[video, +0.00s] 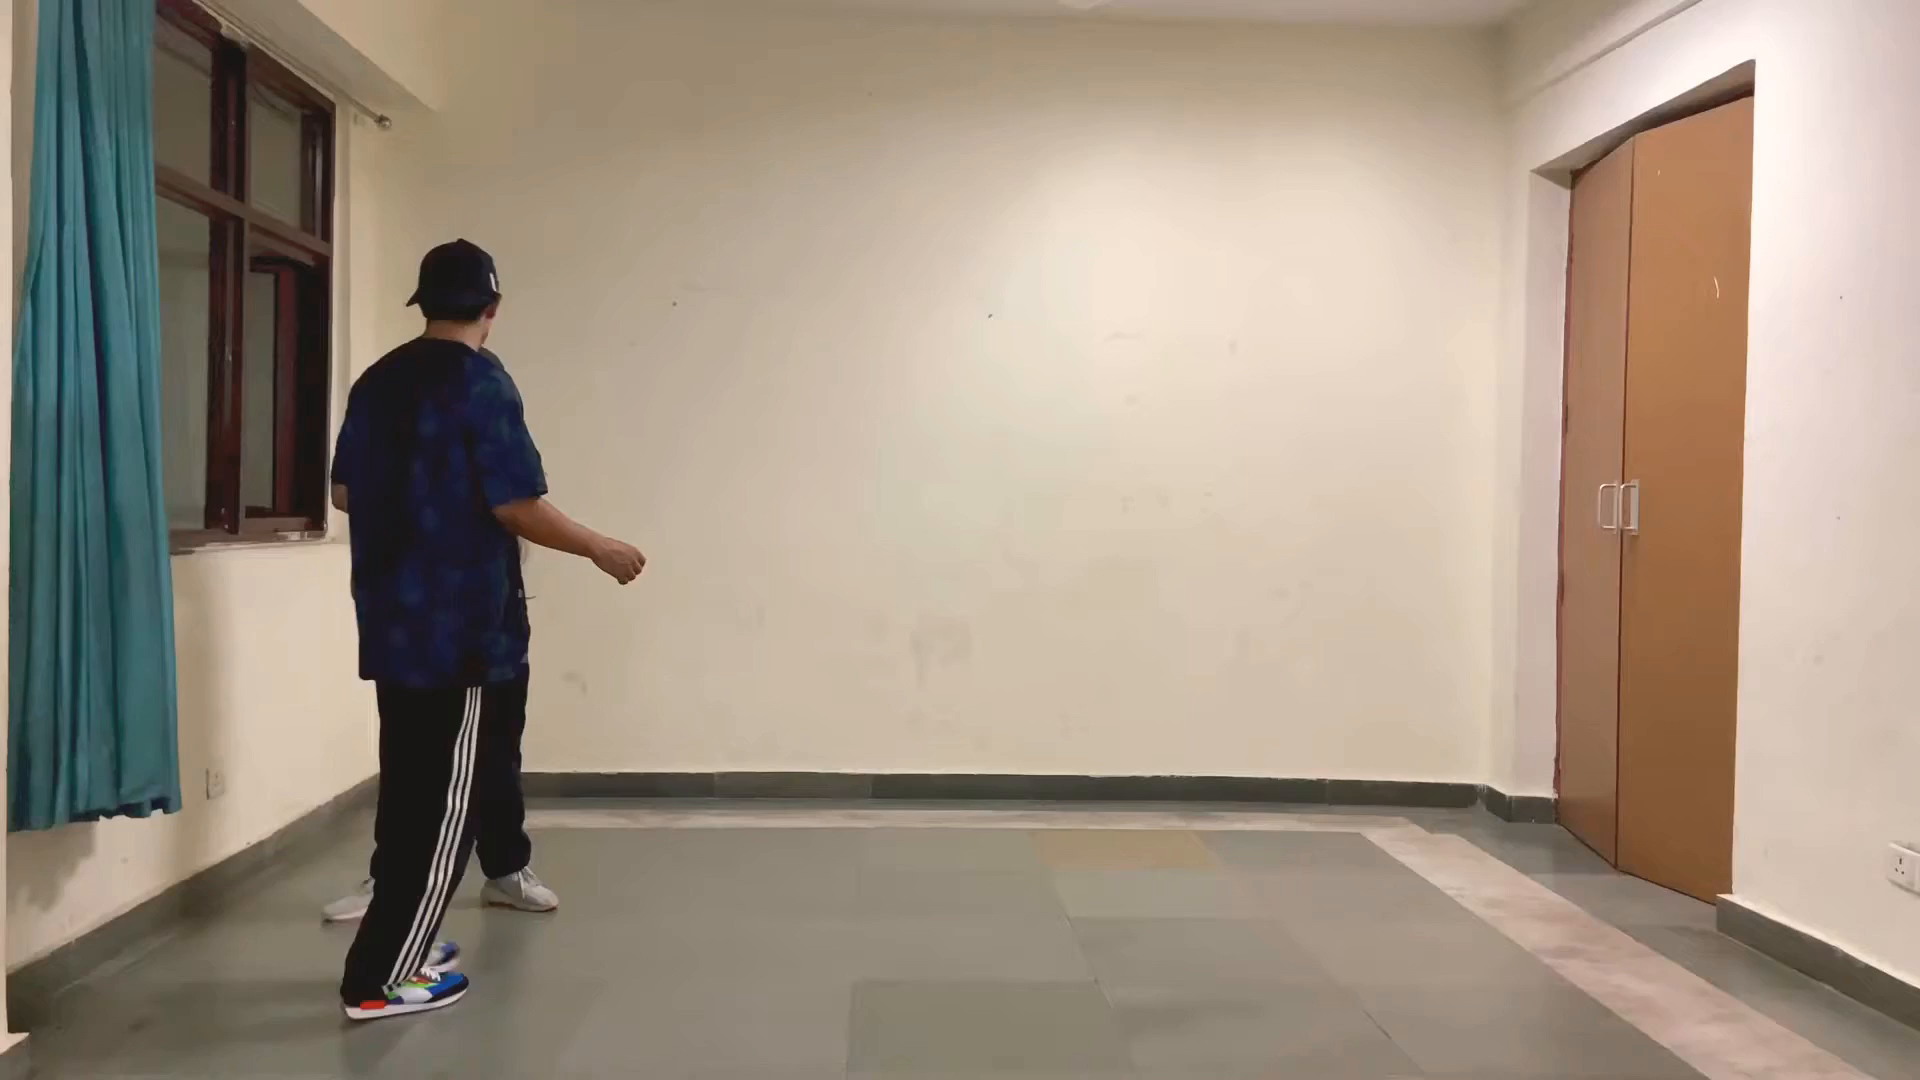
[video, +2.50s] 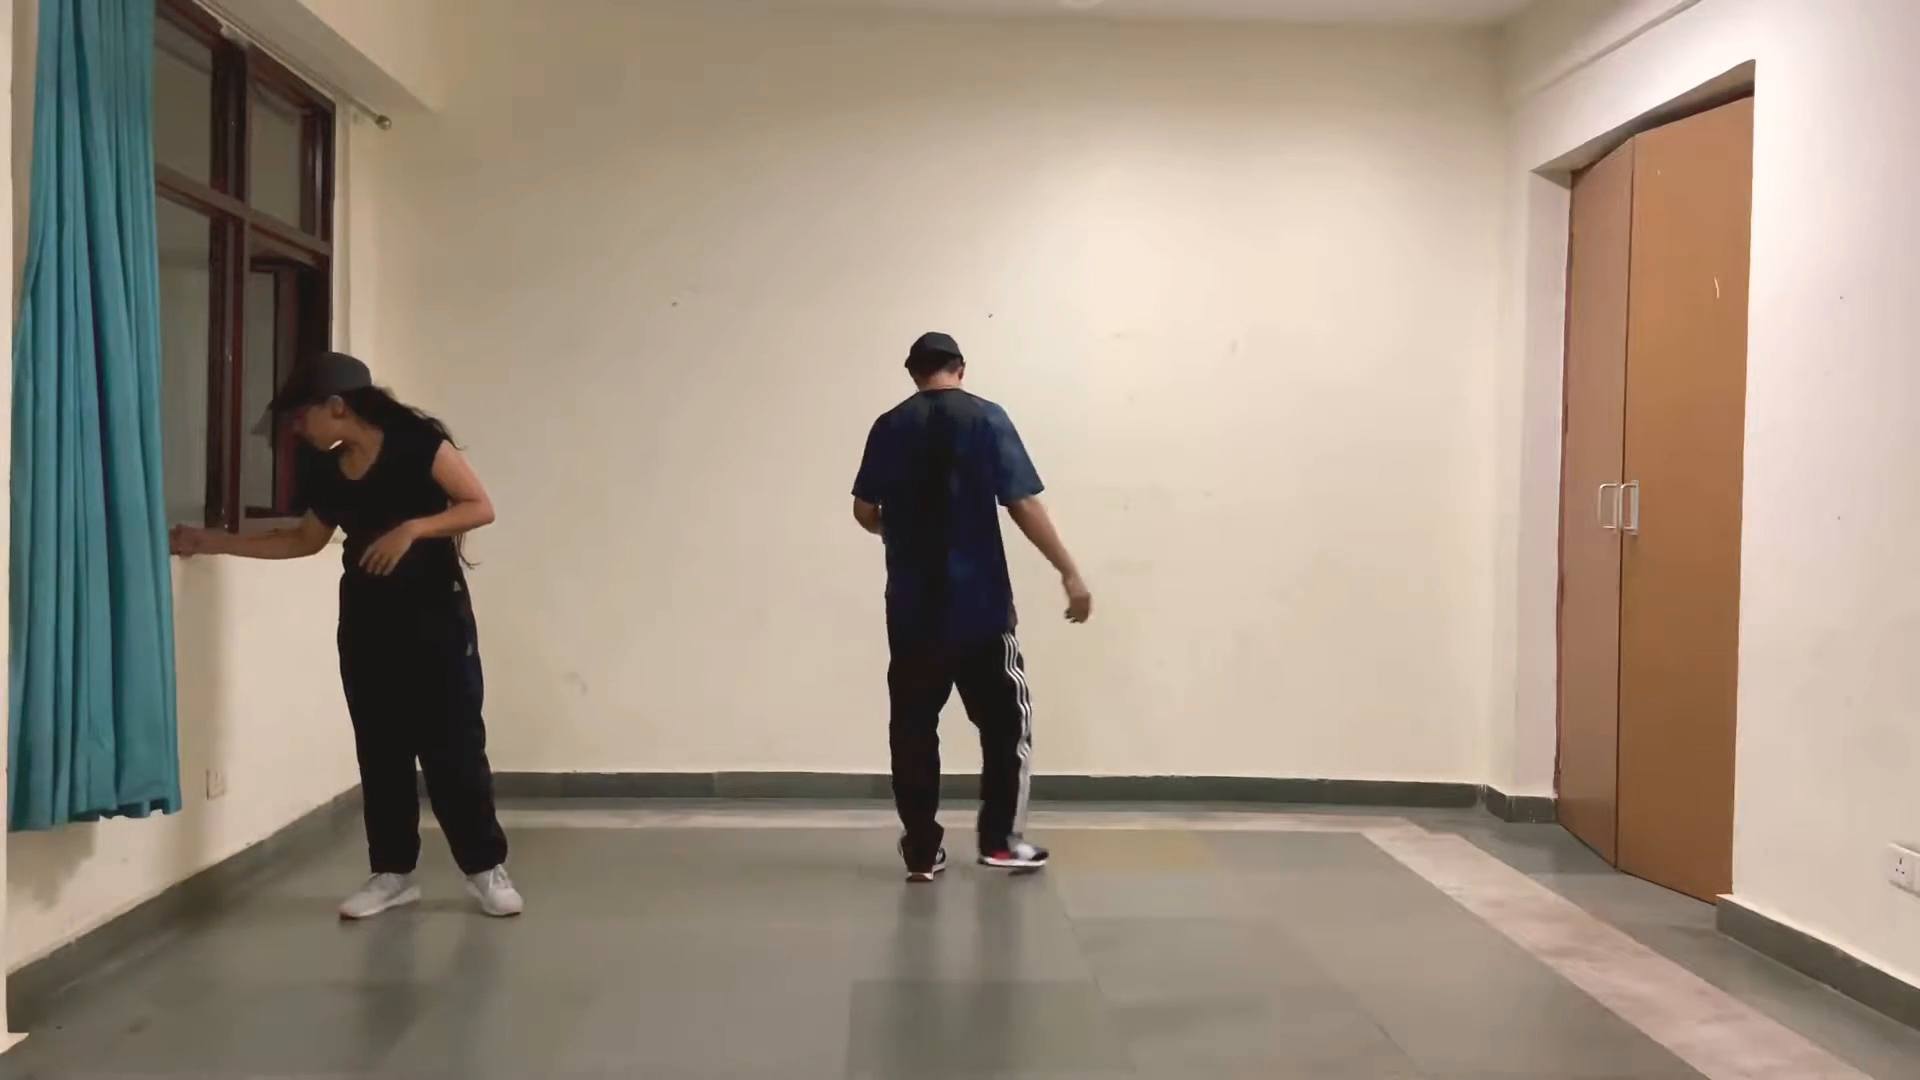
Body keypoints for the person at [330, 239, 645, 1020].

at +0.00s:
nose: (496, 317)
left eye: (489, 306)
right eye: (496, 306)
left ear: (423, 306)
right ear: (489, 308)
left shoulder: (376, 379)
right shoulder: (480, 379)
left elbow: (350, 489)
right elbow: (515, 504)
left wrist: (433, 521)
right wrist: (599, 547)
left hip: (394, 625)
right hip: (460, 628)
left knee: (410, 787)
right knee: (447, 801)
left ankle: (400, 942)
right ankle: (380, 981)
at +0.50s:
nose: (601, 327)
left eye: (593, 318)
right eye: (600, 317)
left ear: (533, 322)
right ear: (592, 319)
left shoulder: (510, 390)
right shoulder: (573, 391)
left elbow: (488, 506)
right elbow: (574, 507)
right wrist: (600, 616)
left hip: (509, 619)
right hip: (546, 622)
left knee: (569, 785)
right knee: (508, 796)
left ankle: (604, 934)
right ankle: (398, 947)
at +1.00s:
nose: (714, 353)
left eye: (712, 341)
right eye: (715, 341)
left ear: (655, 330)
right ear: (702, 336)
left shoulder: (614, 394)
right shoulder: (657, 394)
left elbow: (596, 500)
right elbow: (672, 492)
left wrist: (681, 556)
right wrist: (765, 486)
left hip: (625, 629)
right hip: (678, 627)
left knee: (615, 786)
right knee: (725, 774)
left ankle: (602, 937)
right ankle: (752, 918)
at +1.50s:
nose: (834, 360)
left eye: (831, 351)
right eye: (835, 351)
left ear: (775, 348)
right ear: (825, 349)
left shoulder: (731, 406)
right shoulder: (822, 413)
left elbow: (701, 496)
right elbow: (858, 513)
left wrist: (771, 521)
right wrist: (895, 595)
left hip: (741, 610)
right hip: (809, 610)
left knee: (749, 736)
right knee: (818, 758)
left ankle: (679, 853)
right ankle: (804, 894)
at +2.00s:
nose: (886, 379)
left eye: (860, 372)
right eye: (893, 370)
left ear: (844, 372)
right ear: (896, 369)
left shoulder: (820, 427)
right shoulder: (928, 421)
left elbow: (787, 501)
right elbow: (952, 505)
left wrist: (796, 557)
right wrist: (898, 499)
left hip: (838, 611)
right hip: (901, 613)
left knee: (873, 738)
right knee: (865, 747)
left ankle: (919, 845)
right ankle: (805, 890)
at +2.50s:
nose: (951, 379)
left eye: (930, 373)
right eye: (956, 370)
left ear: (911, 374)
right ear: (961, 370)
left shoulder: (888, 426)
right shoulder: (986, 417)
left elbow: (865, 510)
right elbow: (1023, 504)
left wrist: (903, 528)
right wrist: (1070, 572)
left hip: (912, 612)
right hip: (980, 607)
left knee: (912, 729)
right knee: (1005, 722)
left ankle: (921, 852)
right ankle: (1000, 841)